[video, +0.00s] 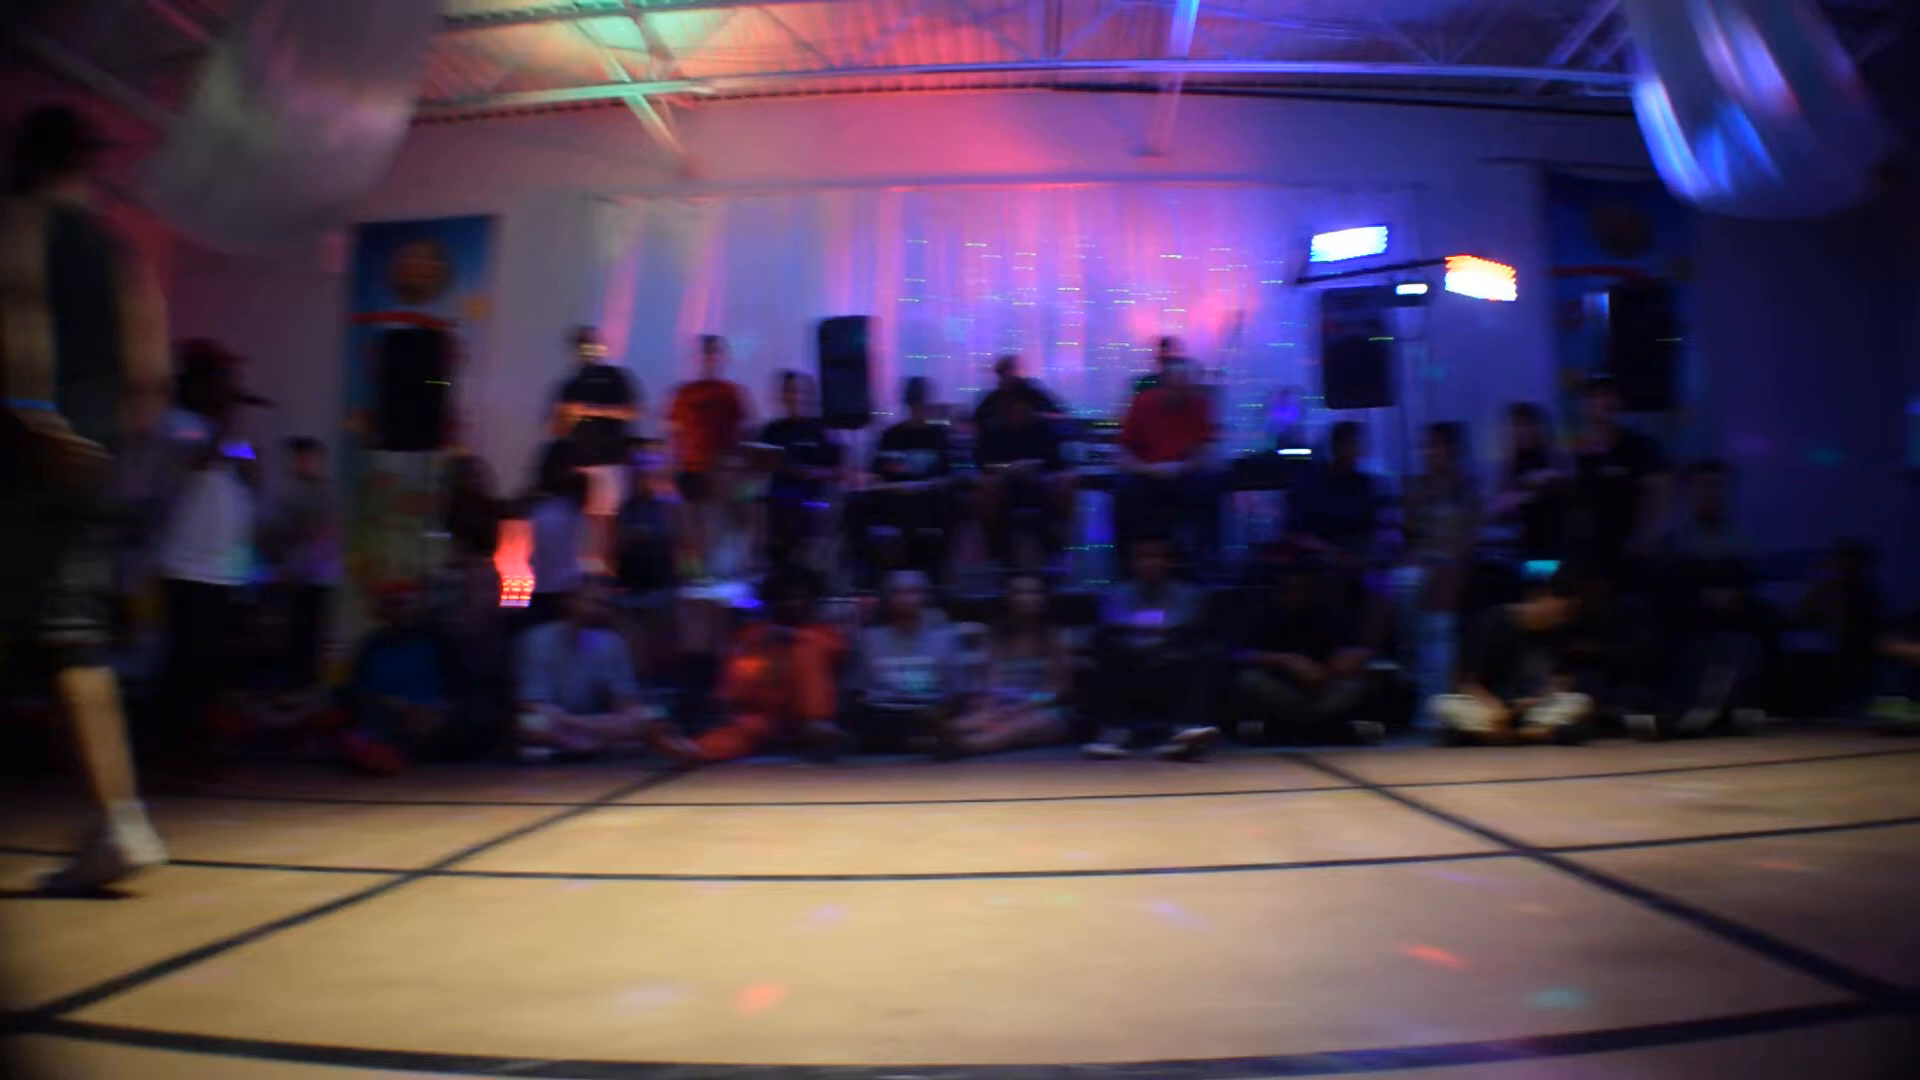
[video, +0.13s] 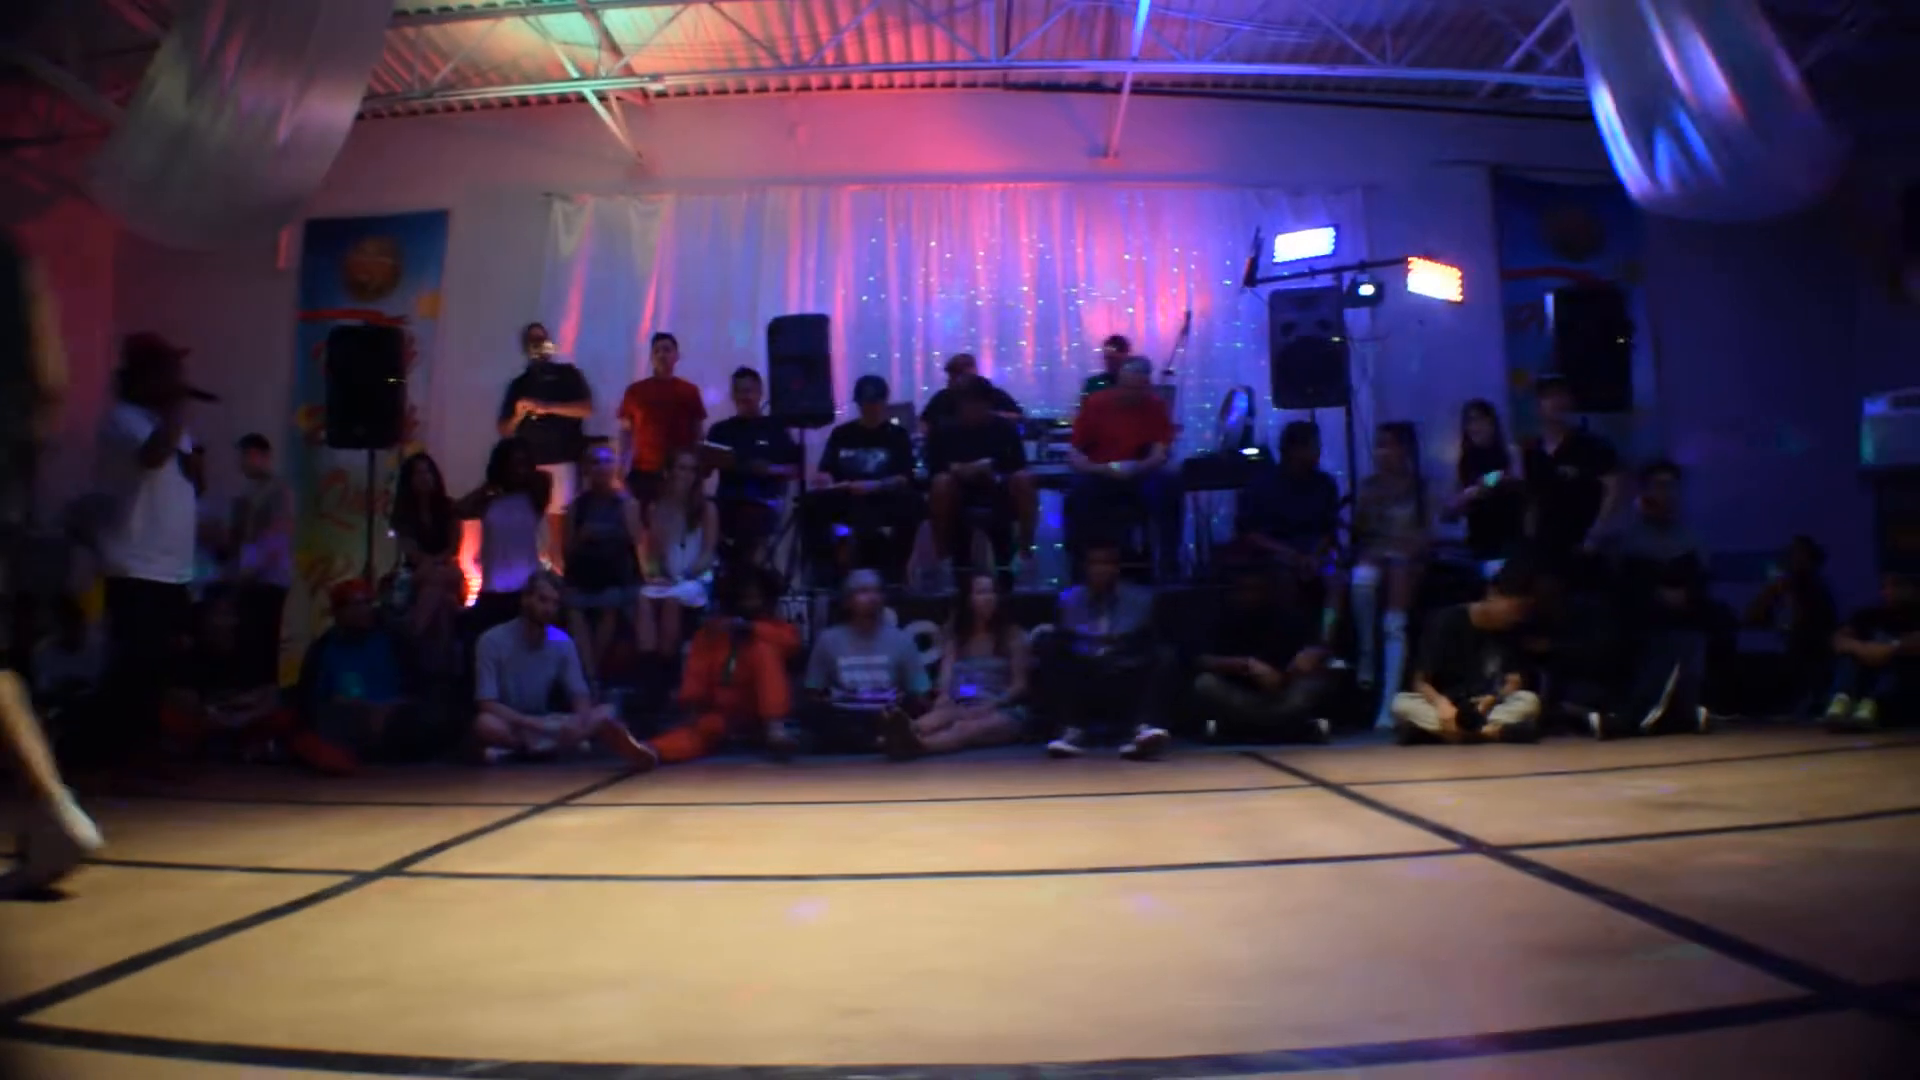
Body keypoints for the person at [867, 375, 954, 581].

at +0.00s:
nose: (918, 408)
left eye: (921, 402)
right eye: (914, 402)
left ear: (928, 403)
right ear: (908, 403)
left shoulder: (939, 434)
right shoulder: (893, 434)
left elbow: (946, 471)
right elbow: (879, 468)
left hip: (929, 496)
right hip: (895, 496)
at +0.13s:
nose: (872, 409)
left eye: (876, 402)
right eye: (867, 403)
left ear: (885, 403)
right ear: (858, 404)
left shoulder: (897, 434)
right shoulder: (841, 434)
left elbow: (905, 477)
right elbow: (823, 478)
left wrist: (872, 486)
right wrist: (846, 487)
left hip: (885, 500)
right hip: (847, 500)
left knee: (911, 504)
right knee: (813, 504)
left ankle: (894, 570)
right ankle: (826, 573)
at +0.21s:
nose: (868, 410)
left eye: (873, 404)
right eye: (863, 404)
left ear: (881, 405)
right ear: (854, 405)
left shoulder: (893, 436)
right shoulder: (838, 436)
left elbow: (902, 479)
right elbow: (818, 480)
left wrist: (868, 488)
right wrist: (839, 488)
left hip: (880, 501)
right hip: (842, 501)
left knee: (908, 505)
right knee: (809, 506)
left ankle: (890, 573)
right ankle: (821, 576)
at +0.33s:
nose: (868, 411)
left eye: (873, 404)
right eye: (863, 405)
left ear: (882, 405)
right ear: (855, 405)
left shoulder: (894, 436)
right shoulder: (838, 435)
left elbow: (902, 479)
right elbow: (818, 480)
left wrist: (869, 487)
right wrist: (842, 488)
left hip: (881, 500)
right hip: (843, 501)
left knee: (908, 506)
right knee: (808, 505)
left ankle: (889, 572)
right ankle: (821, 574)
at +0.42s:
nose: (870, 411)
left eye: (875, 404)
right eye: (865, 405)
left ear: (884, 405)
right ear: (857, 405)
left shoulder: (896, 435)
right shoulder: (840, 435)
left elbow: (904, 479)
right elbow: (820, 479)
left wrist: (872, 487)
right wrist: (844, 488)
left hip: (882, 501)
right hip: (845, 501)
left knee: (909, 506)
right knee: (811, 505)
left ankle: (891, 573)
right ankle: (823, 575)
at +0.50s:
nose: (868, 411)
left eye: (873, 404)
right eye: (863, 405)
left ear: (882, 405)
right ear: (855, 405)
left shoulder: (894, 436)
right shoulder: (838, 435)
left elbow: (903, 479)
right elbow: (820, 480)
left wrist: (870, 487)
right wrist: (842, 488)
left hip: (881, 501)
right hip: (844, 501)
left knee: (909, 506)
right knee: (809, 506)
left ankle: (890, 572)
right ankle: (821, 574)